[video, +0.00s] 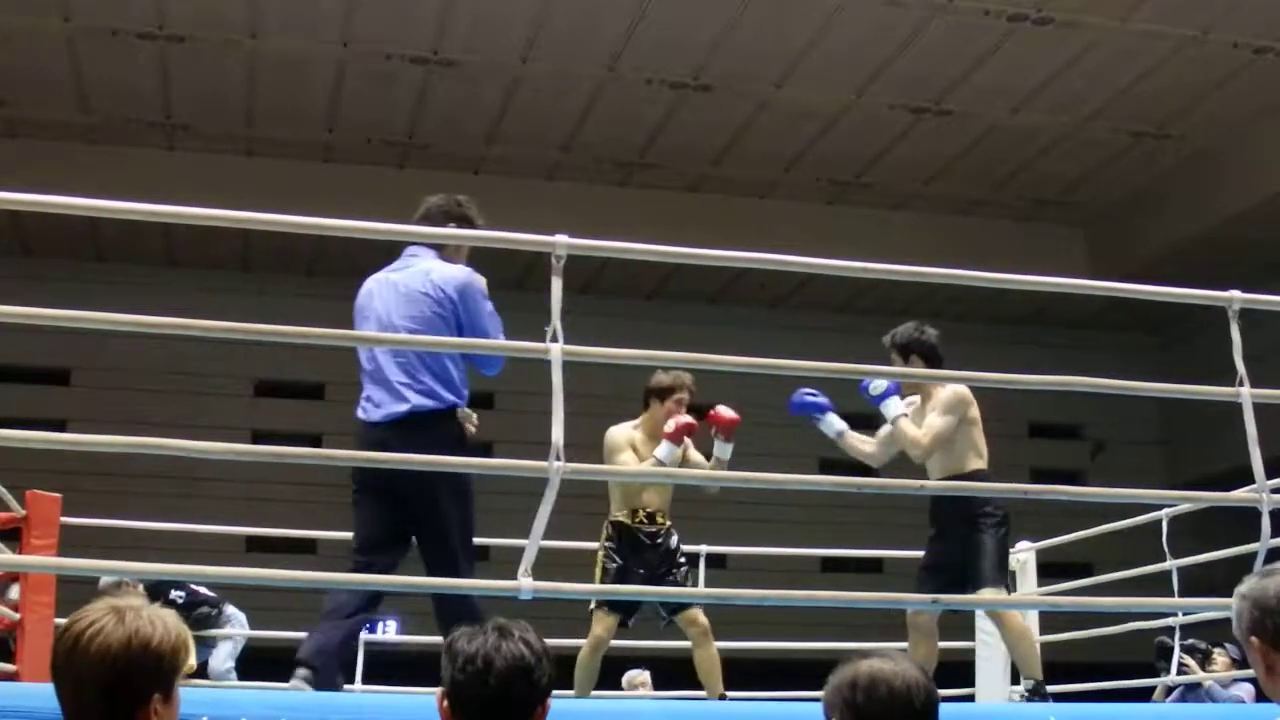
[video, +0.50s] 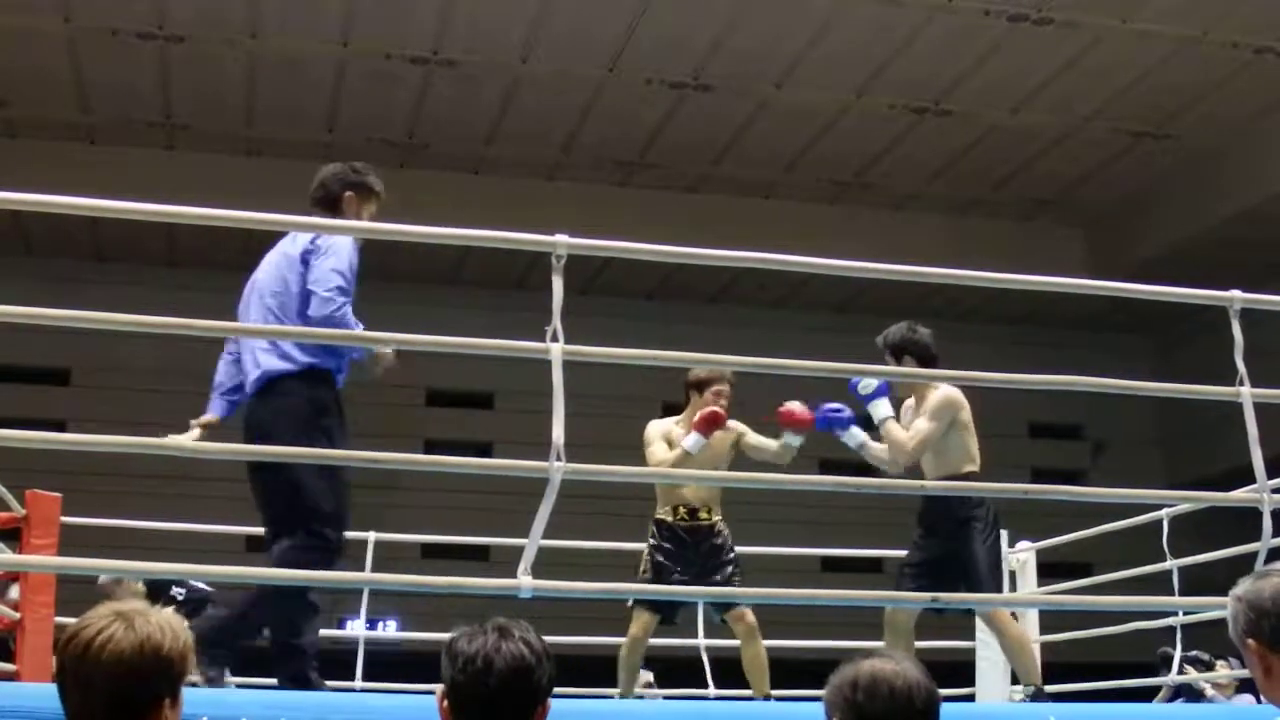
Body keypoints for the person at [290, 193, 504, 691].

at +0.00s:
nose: (469, 253)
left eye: (472, 245)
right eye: (469, 245)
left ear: (417, 234)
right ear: (452, 236)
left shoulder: (371, 287)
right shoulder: (458, 280)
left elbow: (386, 365)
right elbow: (492, 361)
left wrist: (450, 409)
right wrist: (472, 294)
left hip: (375, 438)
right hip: (434, 437)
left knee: (370, 565)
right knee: (451, 568)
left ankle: (311, 671)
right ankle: (478, 683)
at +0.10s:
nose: (445, 249)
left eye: (446, 240)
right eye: (444, 239)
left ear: (392, 231)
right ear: (427, 234)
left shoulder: (344, 284)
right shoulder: (430, 277)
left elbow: (358, 368)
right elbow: (458, 360)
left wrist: (428, 404)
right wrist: (447, 298)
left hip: (346, 432)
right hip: (407, 431)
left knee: (331, 556)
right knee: (426, 559)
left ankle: (306, 683)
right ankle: (461, 679)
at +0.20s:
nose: (427, 243)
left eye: (429, 233)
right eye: (425, 233)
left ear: (372, 224)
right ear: (404, 224)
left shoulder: (321, 276)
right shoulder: (410, 268)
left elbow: (333, 364)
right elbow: (414, 353)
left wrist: (405, 416)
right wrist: (441, 367)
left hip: (323, 427)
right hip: (382, 426)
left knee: (309, 554)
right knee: (409, 557)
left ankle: (300, 687)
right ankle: (435, 684)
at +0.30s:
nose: (410, 230)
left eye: (412, 221)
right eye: (408, 220)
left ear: (358, 215)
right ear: (389, 213)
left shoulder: (304, 266)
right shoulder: (389, 254)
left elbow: (295, 346)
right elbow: (375, 319)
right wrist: (398, 370)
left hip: (300, 412)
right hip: (356, 410)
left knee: (303, 545)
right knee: (391, 547)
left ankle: (300, 681)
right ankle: (377, 681)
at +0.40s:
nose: (393, 225)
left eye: (395, 217)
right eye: (392, 216)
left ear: (339, 208)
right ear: (371, 206)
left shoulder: (285, 267)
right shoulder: (367, 246)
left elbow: (267, 362)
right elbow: (347, 308)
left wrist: (256, 447)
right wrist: (376, 360)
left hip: (281, 409)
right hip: (329, 402)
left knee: (295, 536)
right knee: (362, 537)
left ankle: (290, 659)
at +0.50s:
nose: (372, 221)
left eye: (375, 212)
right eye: (371, 211)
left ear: (325, 204)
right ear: (350, 201)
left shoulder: (275, 257)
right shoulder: (336, 238)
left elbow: (239, 338)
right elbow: (326, 308)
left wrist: (215, 410)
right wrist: (372, 348)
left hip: (259, 404)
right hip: (301, 397)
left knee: (289, 537)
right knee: (322, 535)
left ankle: (296, 671)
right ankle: (212, 638)